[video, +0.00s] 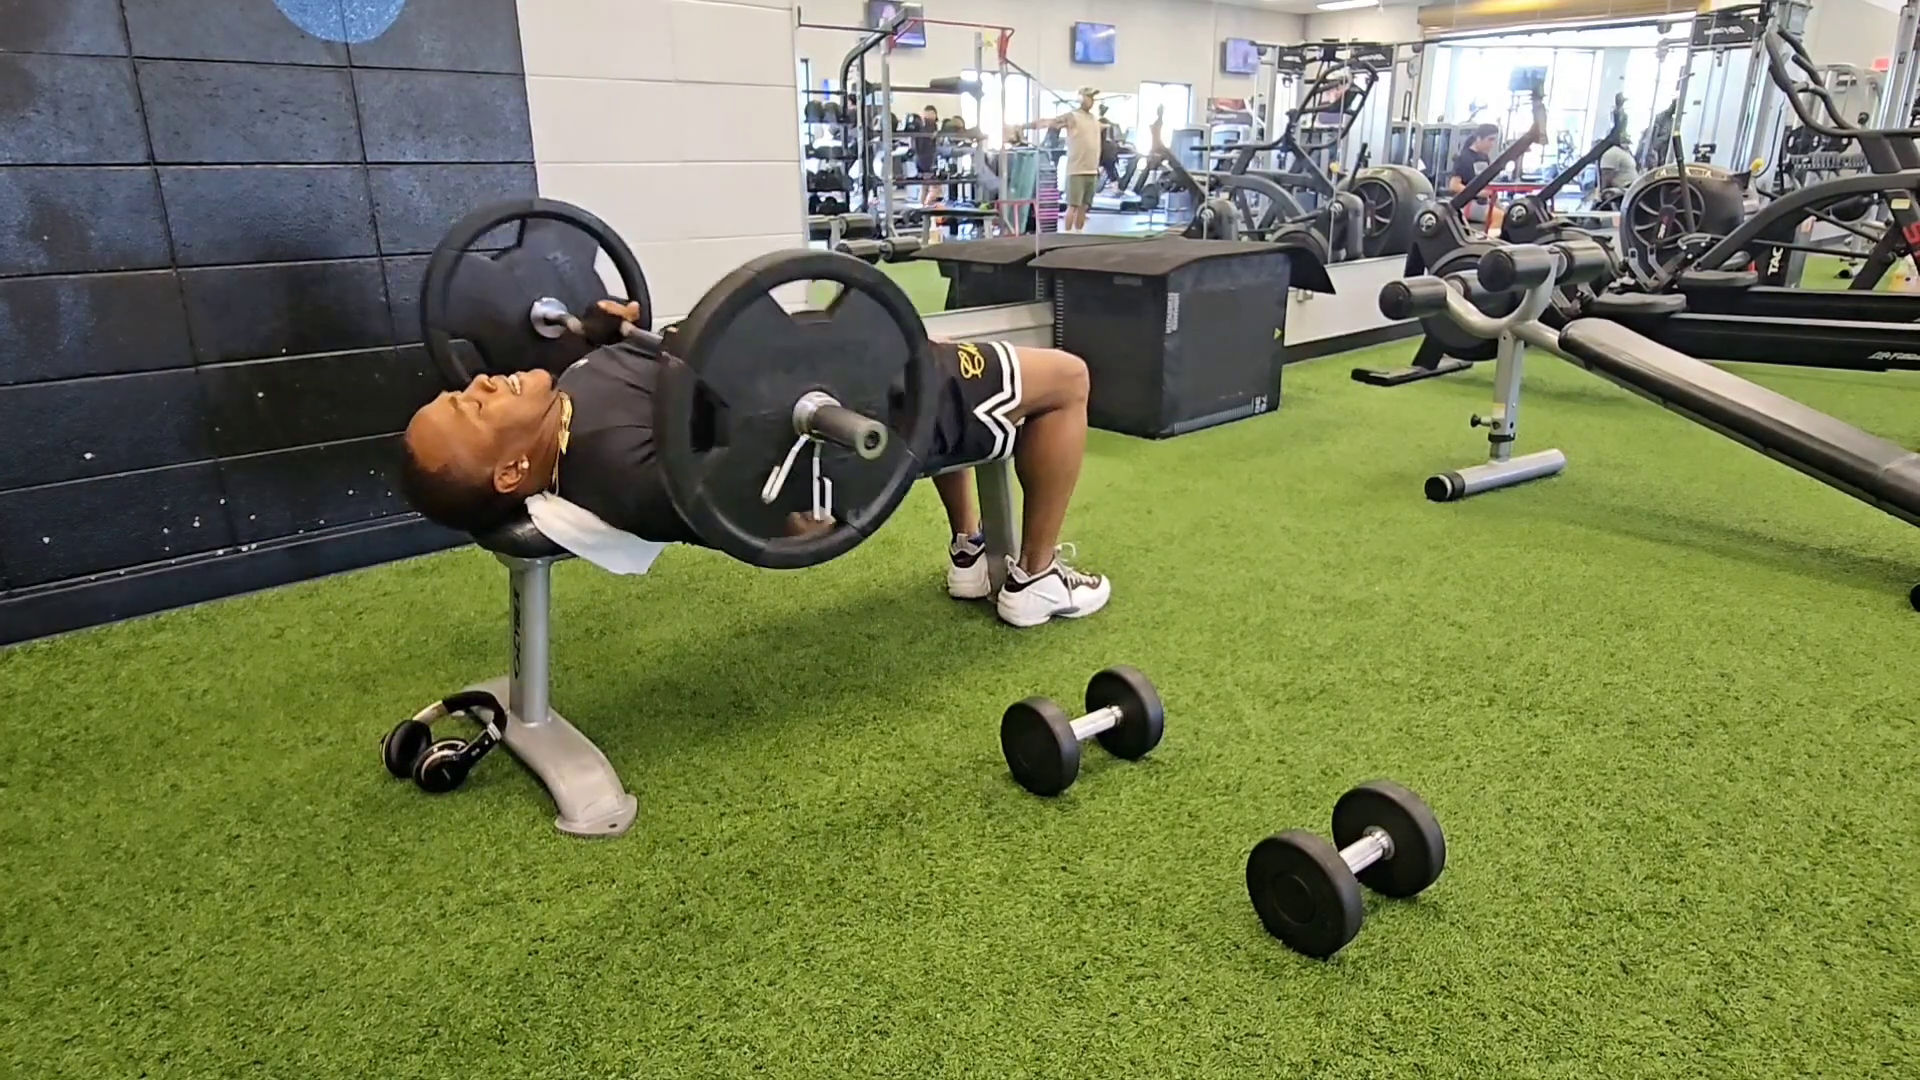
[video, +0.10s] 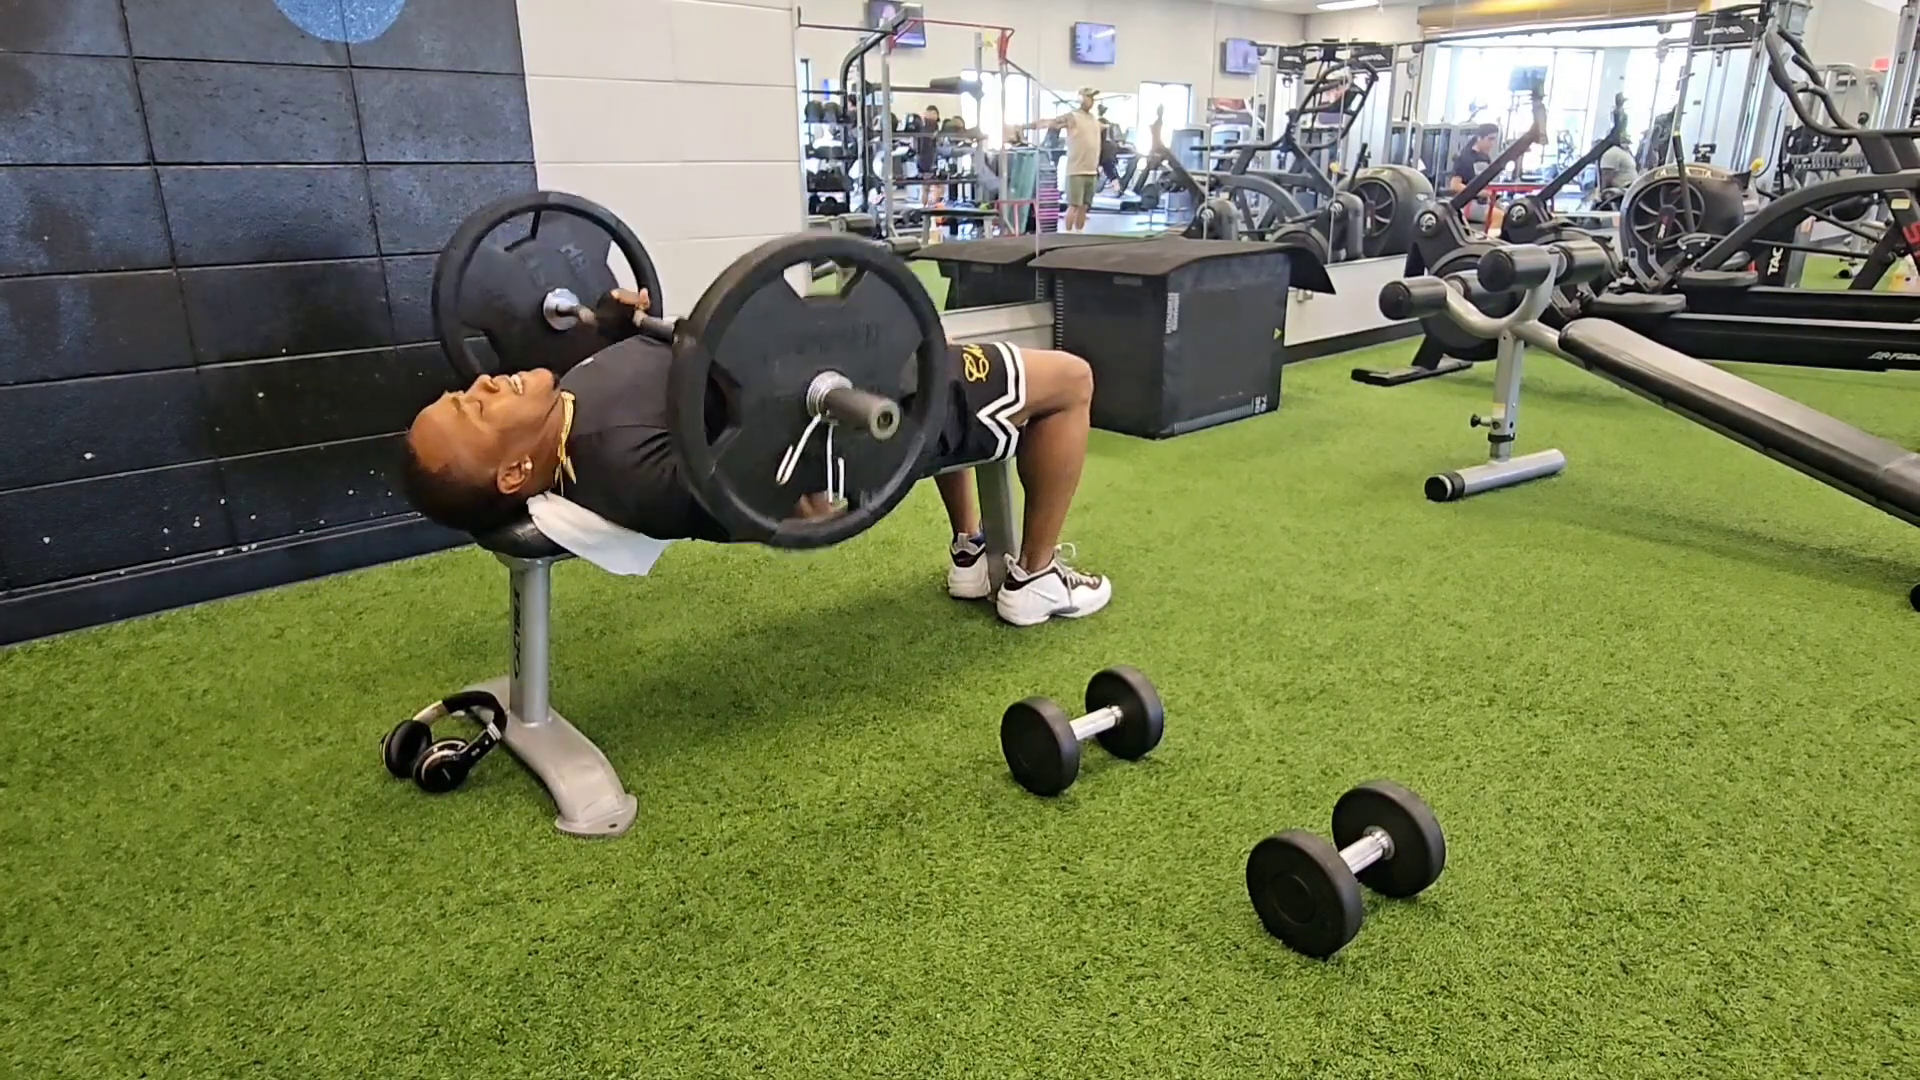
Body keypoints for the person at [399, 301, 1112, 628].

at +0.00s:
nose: (490, 375)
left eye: (466, 385)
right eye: (477, 400)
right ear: (515, 474)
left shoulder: (550, 395)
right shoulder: (632, 477)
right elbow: (779, 514)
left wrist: (618, 333)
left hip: (783, 370)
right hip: (846, 426)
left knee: (922, 346)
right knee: (1067, 376)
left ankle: (972, 544)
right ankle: (1037, 576)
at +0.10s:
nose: (487, 377)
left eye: (465, 386)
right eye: (474, 404)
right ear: (519, 474)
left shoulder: (558, 393)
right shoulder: (638, 479)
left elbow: (654, 362)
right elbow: (800, 502)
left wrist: (635, 322)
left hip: (788, 362)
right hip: (854, 420)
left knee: (918, 348)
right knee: (1070, 379)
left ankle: (972, 544)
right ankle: (1037, 576)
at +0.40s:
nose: (477, 383)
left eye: (450, 393)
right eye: (464, 410)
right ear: (502, 476)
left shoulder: (538, 384)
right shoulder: (612, 451)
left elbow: (574, 271)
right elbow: (704, 316)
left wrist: (590, 144)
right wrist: (707, 142)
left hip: (797, 342)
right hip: (842, 391)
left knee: (938, 365)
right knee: (1058, 380)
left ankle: (974, 548)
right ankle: (1034, 573)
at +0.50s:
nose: (481, 382)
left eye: (453, 392)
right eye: (468, 408)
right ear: (506, 472)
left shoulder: (542, 382)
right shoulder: (619, 446)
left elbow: (596, 278)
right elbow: (733, 321)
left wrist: (596, 146)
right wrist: (700, 150)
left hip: (802, 346)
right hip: (842, 392)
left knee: (939, 368)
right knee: (1057, 380)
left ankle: (975, 548)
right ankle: (1034, 575)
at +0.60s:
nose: (482, 378)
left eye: (454, 389)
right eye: (465, 406)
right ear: (507, 478)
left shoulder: (554, 400)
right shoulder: (616, 459)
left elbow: (612, 321)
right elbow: (737, 406)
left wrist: (606, 221)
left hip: (793, 362)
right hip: (834, 405)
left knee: (926, 353)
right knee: (1060, 380)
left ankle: (972, 547)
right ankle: (1035, 573)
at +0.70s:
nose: (482, 376)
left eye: (458, 391)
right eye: (475, 403)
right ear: (519, 469)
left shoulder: (551, 391)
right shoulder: (622, 463)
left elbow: (635, 336)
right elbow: (773, 459)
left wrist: (625, 277)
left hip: (785, 376)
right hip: (840, 423)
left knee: (936, 355)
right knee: (1064, 377)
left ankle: (972, 548)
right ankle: (1036, 574)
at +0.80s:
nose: (478, 376)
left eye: (455, 385)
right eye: (467, 404)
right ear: (509, 478)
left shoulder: (547, 400)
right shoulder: (629, 468)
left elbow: (656, 363)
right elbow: (780, 498)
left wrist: (620, 321)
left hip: (784, 380)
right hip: (853, 426)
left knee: (922, 347)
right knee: (1065, 377)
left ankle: (973, 546)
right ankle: (1034, 574)